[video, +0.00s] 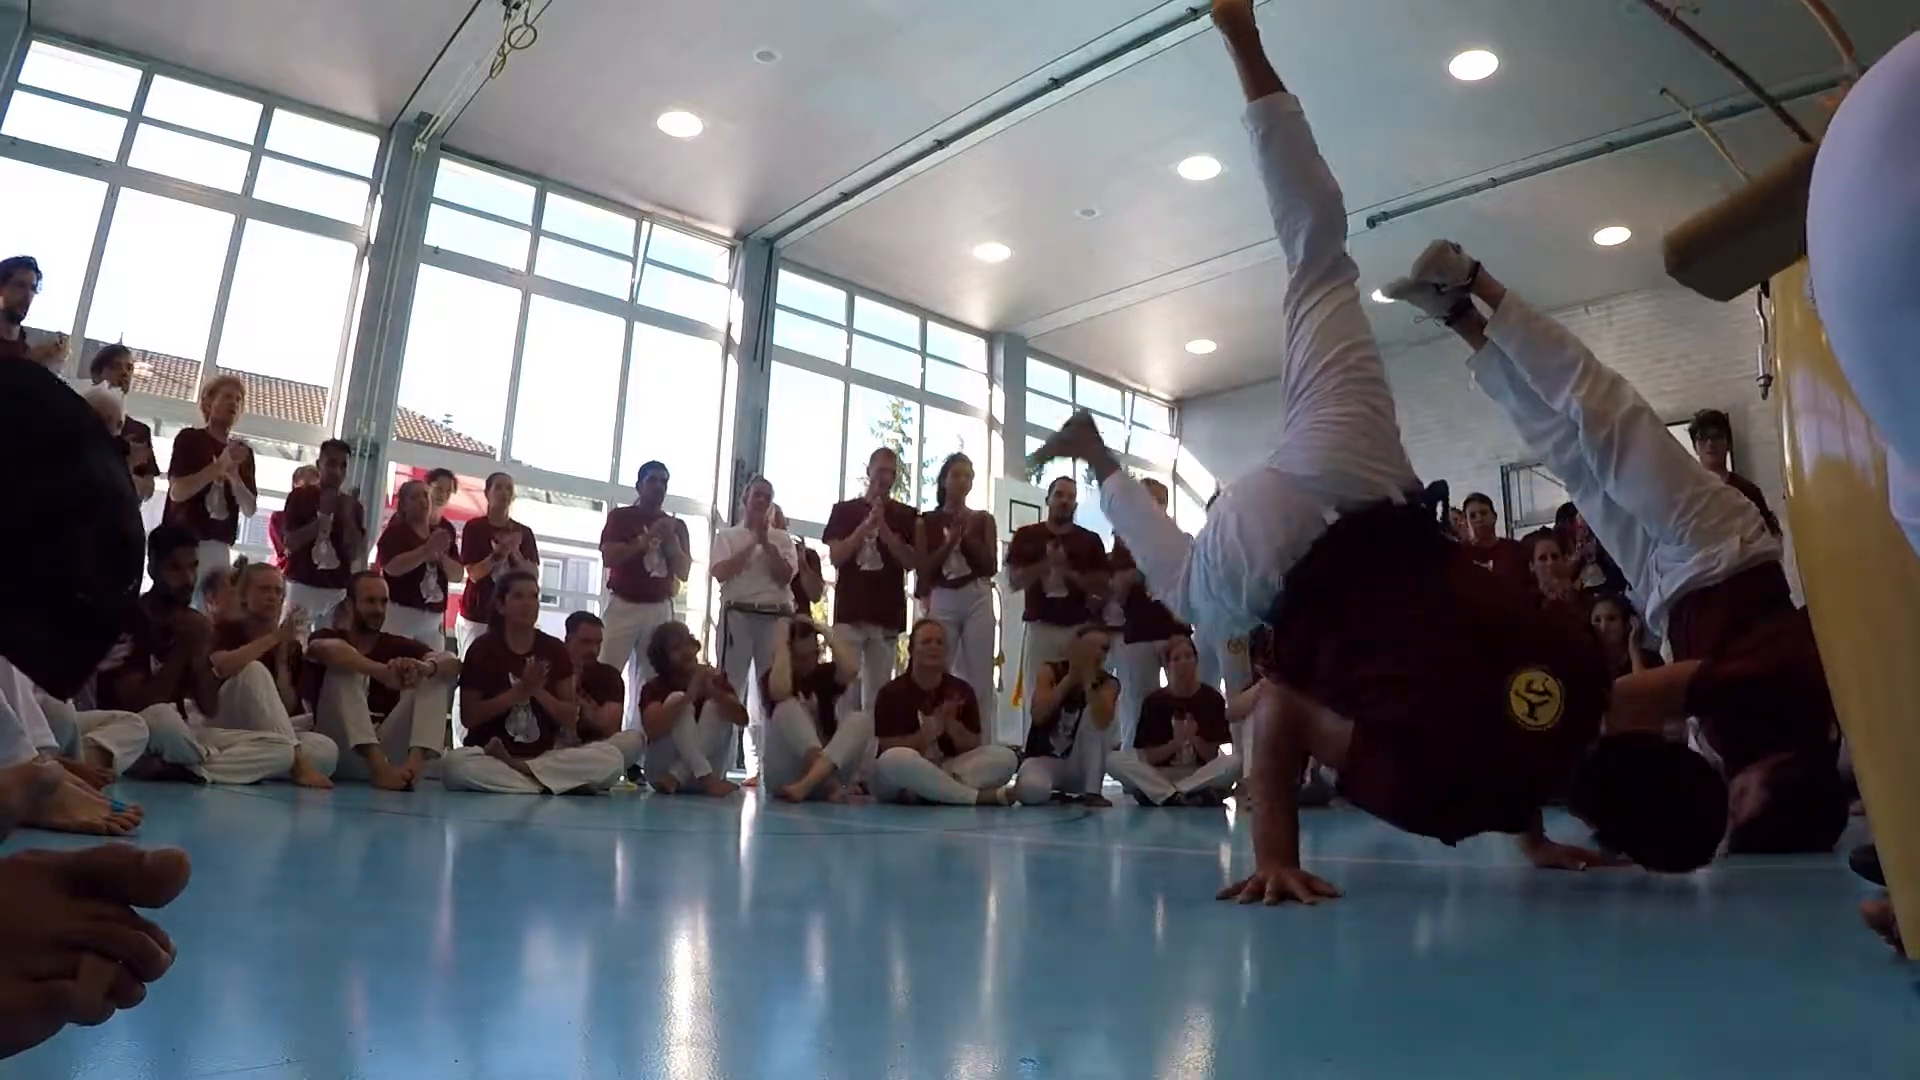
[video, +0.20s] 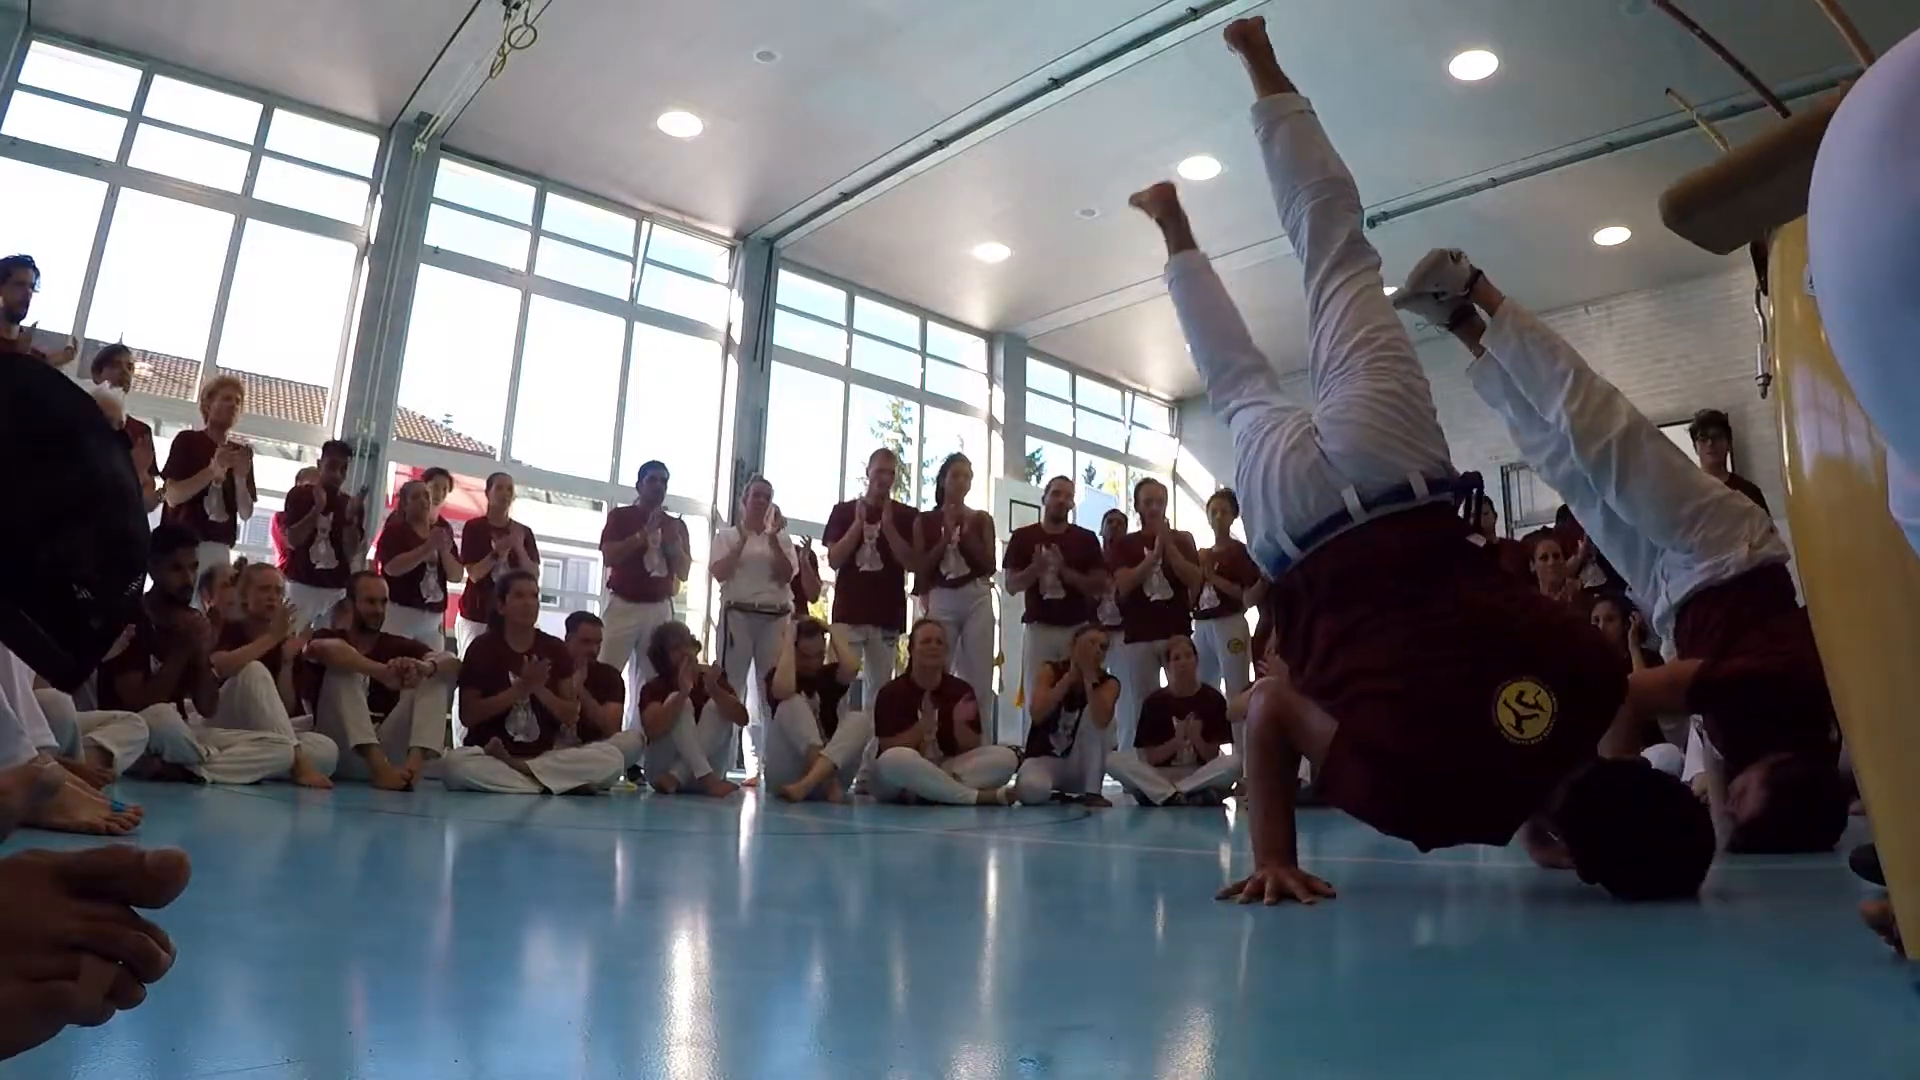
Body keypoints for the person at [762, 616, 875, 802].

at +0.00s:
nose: (810, 662)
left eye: (814, 654)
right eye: (802, 657)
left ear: (819, 651)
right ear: (789, 655)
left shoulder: (825, 675)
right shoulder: (772, 678)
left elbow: (850, 669)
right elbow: (781, 693)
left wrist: (825, 630)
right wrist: (782, 642)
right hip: (785, 778)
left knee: (860, 720)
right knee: (788, 708)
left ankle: (806, 784)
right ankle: (831, 784)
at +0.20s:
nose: (813, 663)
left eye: (818, 656)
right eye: (806, 657)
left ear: (825, 652)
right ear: (793, 651)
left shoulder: (830, 676)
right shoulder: (777, 675)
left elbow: (851, 668)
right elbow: (784, 691)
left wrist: (832, 632)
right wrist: (789, 640)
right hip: (786, 776)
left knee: (859, 720)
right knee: (793, 703)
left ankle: (807, 784)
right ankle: (830, 783)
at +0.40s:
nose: (813, 663)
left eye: (819, 656)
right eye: (806, 656)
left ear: (827, 653)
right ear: (794, 652)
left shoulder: (832, 676)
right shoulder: (778, 675)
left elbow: (853, 675)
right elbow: (785, 689)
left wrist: (836, 636)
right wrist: (789, 640)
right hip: (786, 776)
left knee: (859, 718)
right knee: (794, 702)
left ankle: (809, 783)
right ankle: (826, 782)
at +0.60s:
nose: (812, 664)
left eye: (818, 657)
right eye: (805, 657)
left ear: (826, 654)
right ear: (793, 654)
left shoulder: (833, 677)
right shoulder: (779, 676)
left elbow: (853, 683)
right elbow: (782, 689)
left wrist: (837, 641)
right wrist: (787, 640)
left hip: (832, 779)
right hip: (786, 776)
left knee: (853, 712)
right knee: (793, 701)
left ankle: (810, 784)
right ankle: (825, 783)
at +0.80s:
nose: (813, 666)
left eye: (819, 658)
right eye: (806, 659)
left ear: (828, 656)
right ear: (792, 657)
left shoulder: (835, 678)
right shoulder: (778, 679)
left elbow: (854, 679)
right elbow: (779, 692)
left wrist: (837, 639)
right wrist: (786, 641)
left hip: (832, 780)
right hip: (785, 777)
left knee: (851, 710)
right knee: (794, 701)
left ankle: (810, 785)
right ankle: (825, 782)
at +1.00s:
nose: (811, 665)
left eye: (818, 657)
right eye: (804, 658)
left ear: (828, 655)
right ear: (792, 656)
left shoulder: (835, 678)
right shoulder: (780, 679)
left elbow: (858, 684)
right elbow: (776, 699)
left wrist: (838, 650)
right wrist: (787, 648)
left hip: (832, 778)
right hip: (785, 776)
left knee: (851, 710)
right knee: (796, 700)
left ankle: (812, 785)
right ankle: (824, 783)